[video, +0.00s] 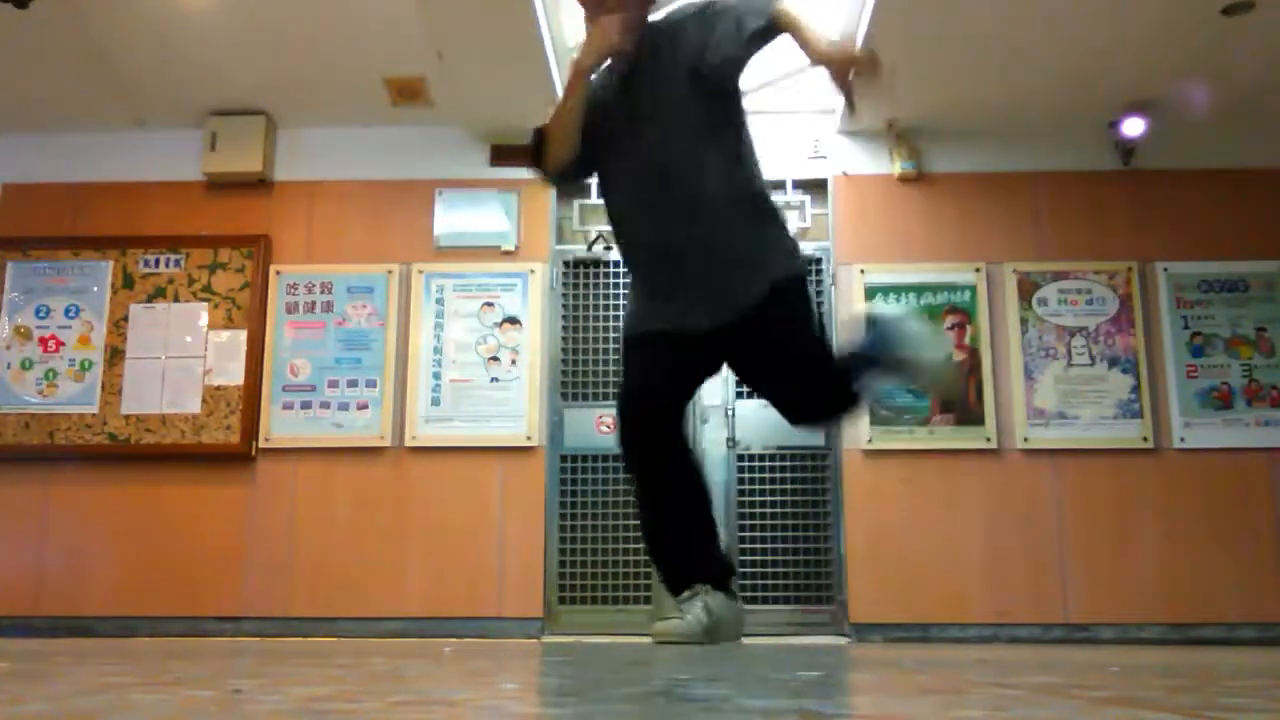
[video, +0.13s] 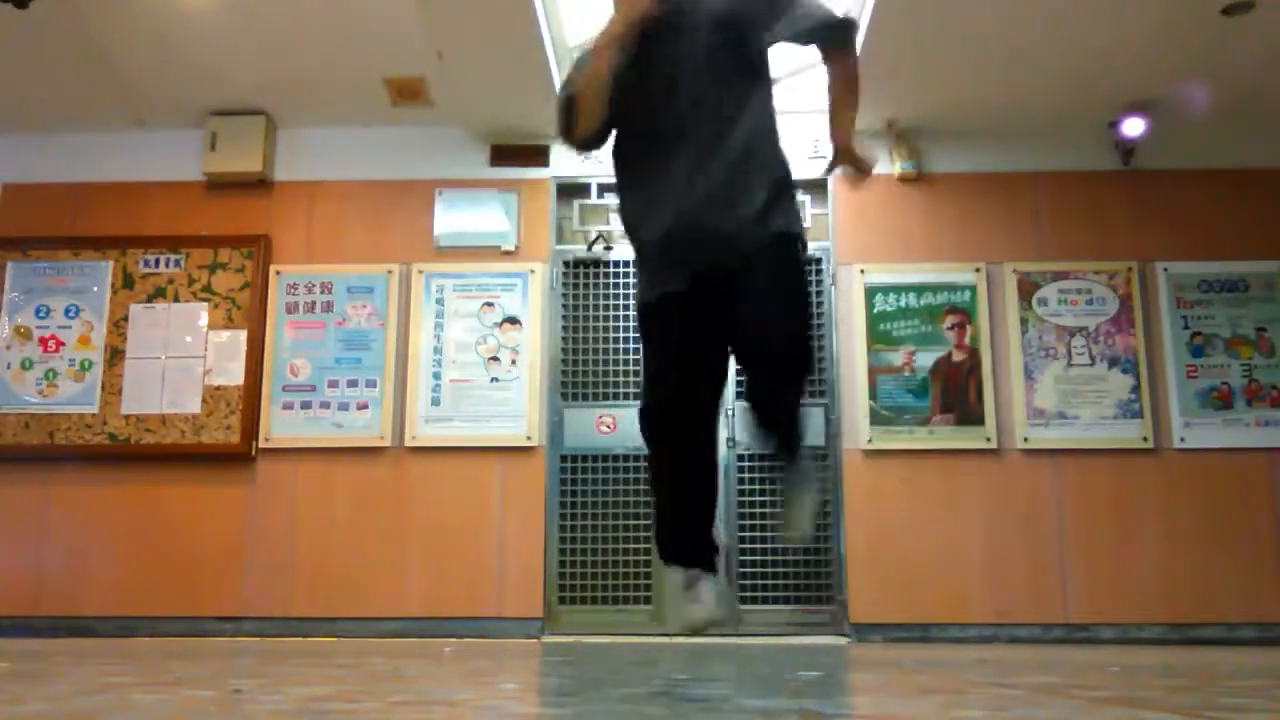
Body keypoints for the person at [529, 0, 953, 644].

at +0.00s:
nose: (603, 14)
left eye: (611, 4)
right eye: (594, 9)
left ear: (639, 2)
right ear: (587, 20)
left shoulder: (684, 34)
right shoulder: (595, 101)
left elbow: (766, 10)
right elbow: (555, 162)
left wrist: (820, 49)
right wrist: (582, 68)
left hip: (750, 270)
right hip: (668, 294)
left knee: (812, 400)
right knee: (646, 430)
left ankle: (882, 348)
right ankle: (707, 595)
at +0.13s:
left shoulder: (737, 8)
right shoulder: (612, 42)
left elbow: (836, 31)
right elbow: (578, 131)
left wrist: (842, 140)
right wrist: (617, 31)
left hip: (759, 228)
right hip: (671, 243)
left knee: (778, 367)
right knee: (675, 417)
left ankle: (785, 452)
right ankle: (692, 574)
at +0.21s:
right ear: (635, 1)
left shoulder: (746, 28)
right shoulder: (617, 58)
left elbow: (844, 76)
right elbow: (594, 128)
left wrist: (829, 177)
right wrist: (633, 42)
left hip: (759, 248)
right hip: (671, 258)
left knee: (763, 403)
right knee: (676, 419)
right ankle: (683, 579)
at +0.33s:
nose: (723, 16)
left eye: (733, 8)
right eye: (710, 6)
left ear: (746, 12)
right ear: (690, 7)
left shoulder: (776, 77)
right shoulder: (648, 74)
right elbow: (639, 135)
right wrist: (694, 56)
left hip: (759, 270)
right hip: (672, 277)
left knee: (750, 422)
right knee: (670, 437)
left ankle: (751, 577)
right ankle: (693, 586)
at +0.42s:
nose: (757, 12)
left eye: (770, 6)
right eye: (749, 1)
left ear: (784, 12)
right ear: (726, 2)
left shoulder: (790, 85)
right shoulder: (678, 62)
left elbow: (778, 189)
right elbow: (678, 124)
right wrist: (750, 63)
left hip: (752, 284)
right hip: (666, 281)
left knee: (758, 431)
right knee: (642, 419)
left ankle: (764, 575)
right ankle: (652, 562)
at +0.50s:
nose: (787, 29)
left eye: (799, 19)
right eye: (776, 14)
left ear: (811, 29)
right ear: (749, 12)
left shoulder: (806, 109)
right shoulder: (705, 79)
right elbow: (700, 136)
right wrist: (772, 105)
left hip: (758, 301)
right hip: (669, 289)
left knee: (777, 450)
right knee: (612, 399)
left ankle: (767, 598)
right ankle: (574, 568)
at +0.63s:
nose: (821, 56)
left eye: (835, 50)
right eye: (811, 41)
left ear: (845, 68)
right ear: (782, 44)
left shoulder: (816, 150)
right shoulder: (734, 97)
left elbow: (804, 262)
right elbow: (729, 155)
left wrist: (812, 338)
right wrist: (835, 177)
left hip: (759, 332)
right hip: (676, 315)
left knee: (785, 463)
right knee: (623, 416)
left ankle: (766, 600)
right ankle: (565, 541)